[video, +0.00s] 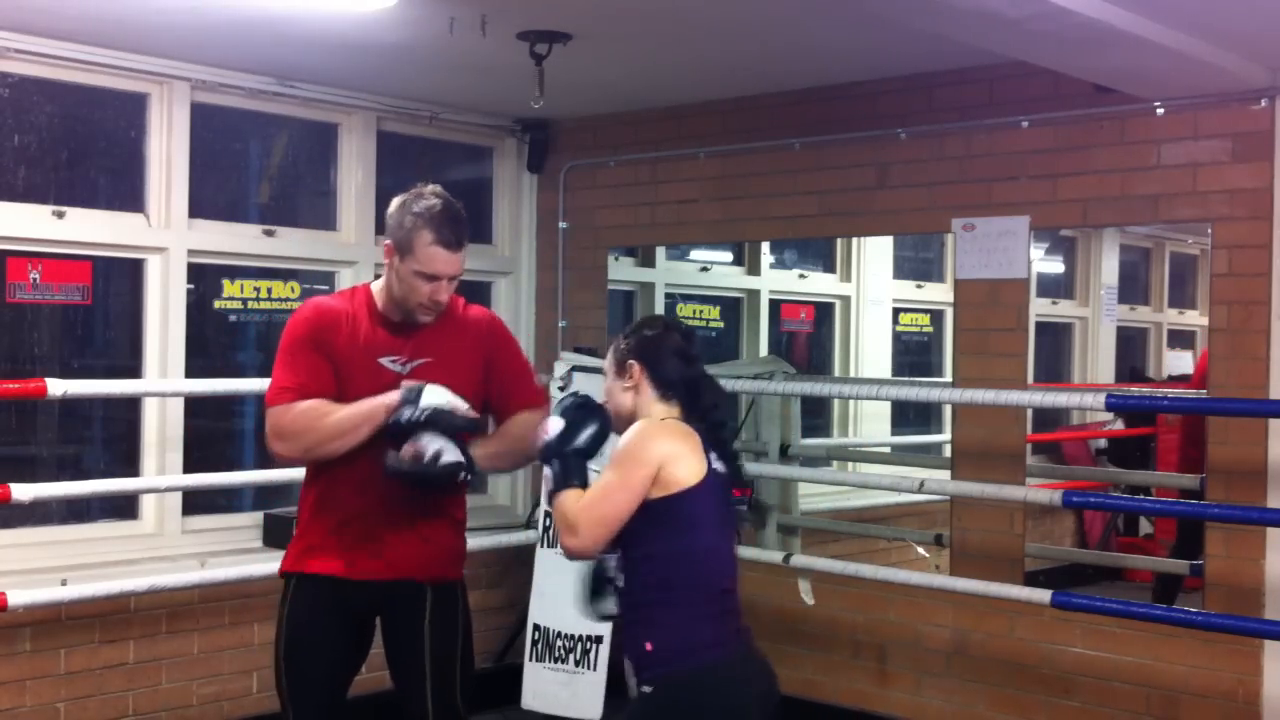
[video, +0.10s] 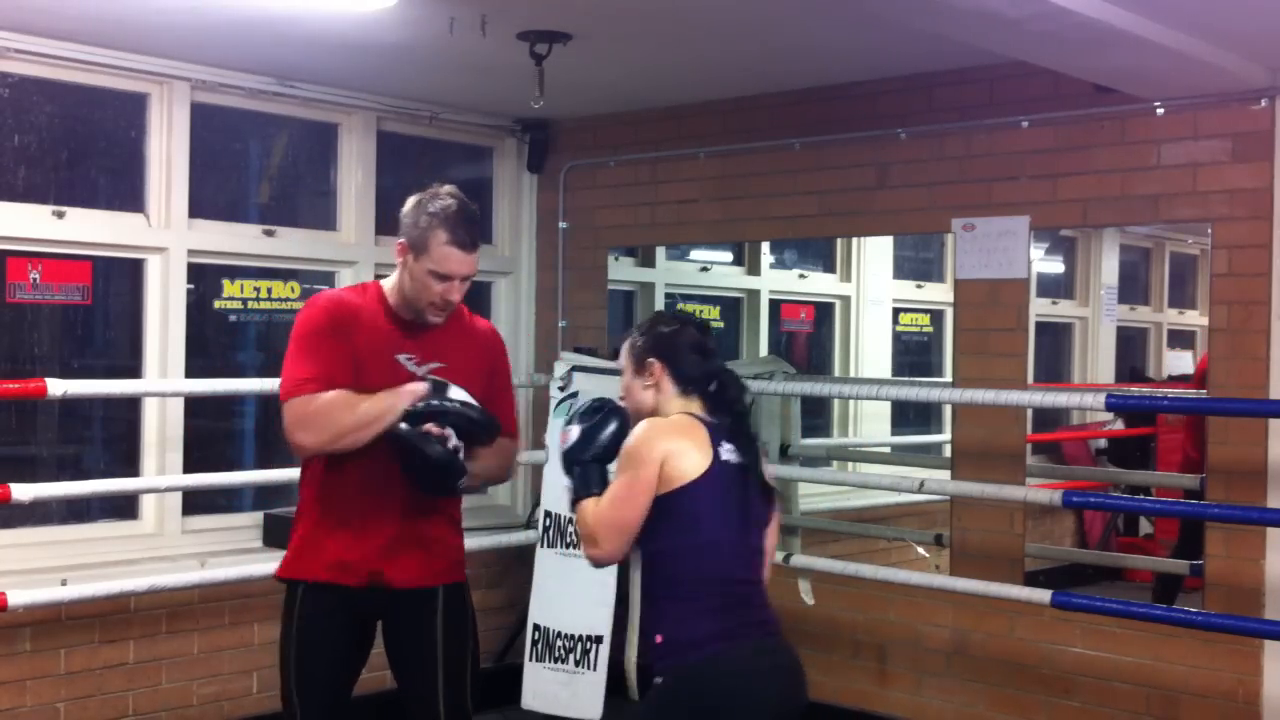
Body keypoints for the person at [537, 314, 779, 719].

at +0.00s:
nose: (604, 395)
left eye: (608, 379)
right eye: (605, 379)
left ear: (634, 375)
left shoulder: (652, 437)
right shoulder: (695, 438)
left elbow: (578, 537)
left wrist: (566, 459)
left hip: (681, 683)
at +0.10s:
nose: (621, 393)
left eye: (624, 377)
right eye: (619, 378)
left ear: (654, 374)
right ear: (699, 375)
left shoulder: (656, 435)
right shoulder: (743, 444)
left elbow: (601, 546)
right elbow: (760, 566)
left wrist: (585, 468)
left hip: (692, 675)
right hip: (766, 666)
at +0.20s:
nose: (636, 388)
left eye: (637, 373)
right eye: (633, 375)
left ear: (667, 367)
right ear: (714, 369)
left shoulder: (662, 430)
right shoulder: (768, 443)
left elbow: (611, 541)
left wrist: (595, 463)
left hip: (701, 672)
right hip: (782, 663)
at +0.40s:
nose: (635, 390)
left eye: (635, 375)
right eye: (631, 376)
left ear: (663, 370)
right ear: (712, 369)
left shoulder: (662, 437)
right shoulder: (757, 438)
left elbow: (612, 549)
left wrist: (593, 469)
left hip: (705, 674)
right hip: (779, 663)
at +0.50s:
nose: (611, 403)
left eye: (613, 388)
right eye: (611, 389)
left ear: (642, 387)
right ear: (683, 379)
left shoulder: (681, 454)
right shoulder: (717, 438)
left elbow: (653, 574)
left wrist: (593, 520)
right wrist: (631, 484)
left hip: (726, 689)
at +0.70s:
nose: (587, 395)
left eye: (585, 383)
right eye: (582, 383)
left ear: (606, 383)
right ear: (655, 359)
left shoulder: (620, 457)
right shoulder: (734, 424)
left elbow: (620, 558)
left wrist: (560, 577)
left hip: (673, 666)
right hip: (760, 660)